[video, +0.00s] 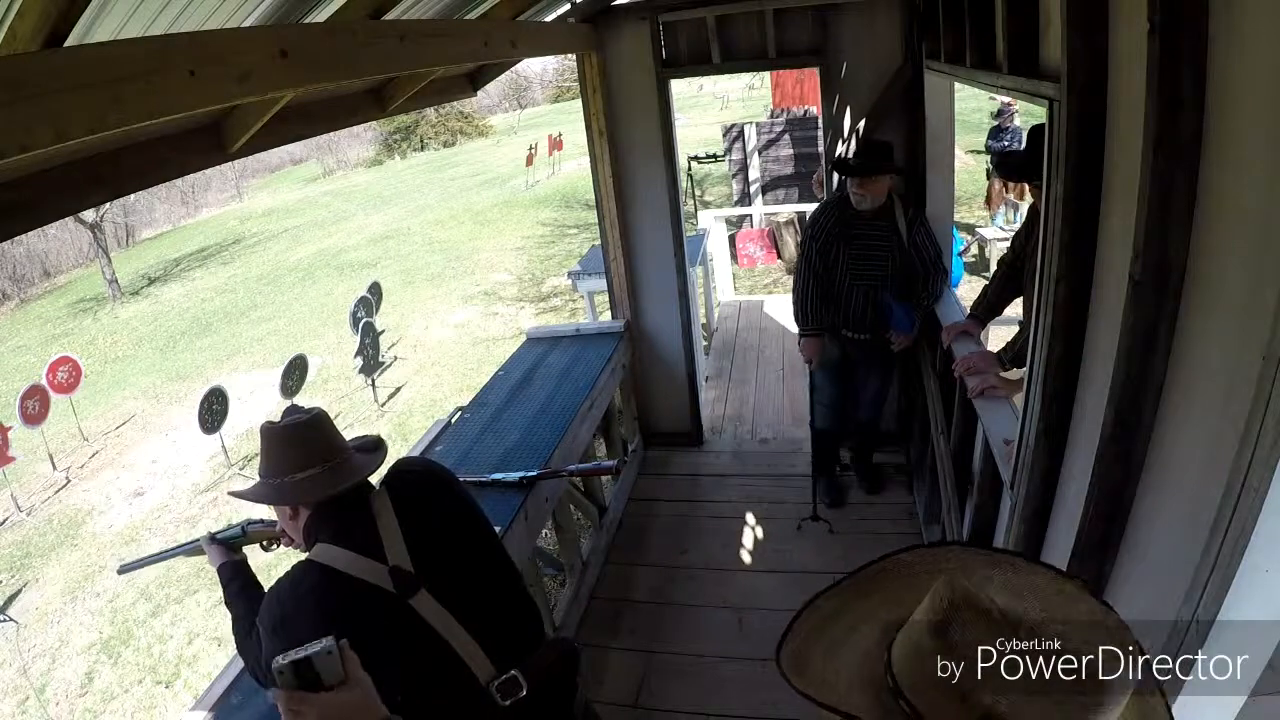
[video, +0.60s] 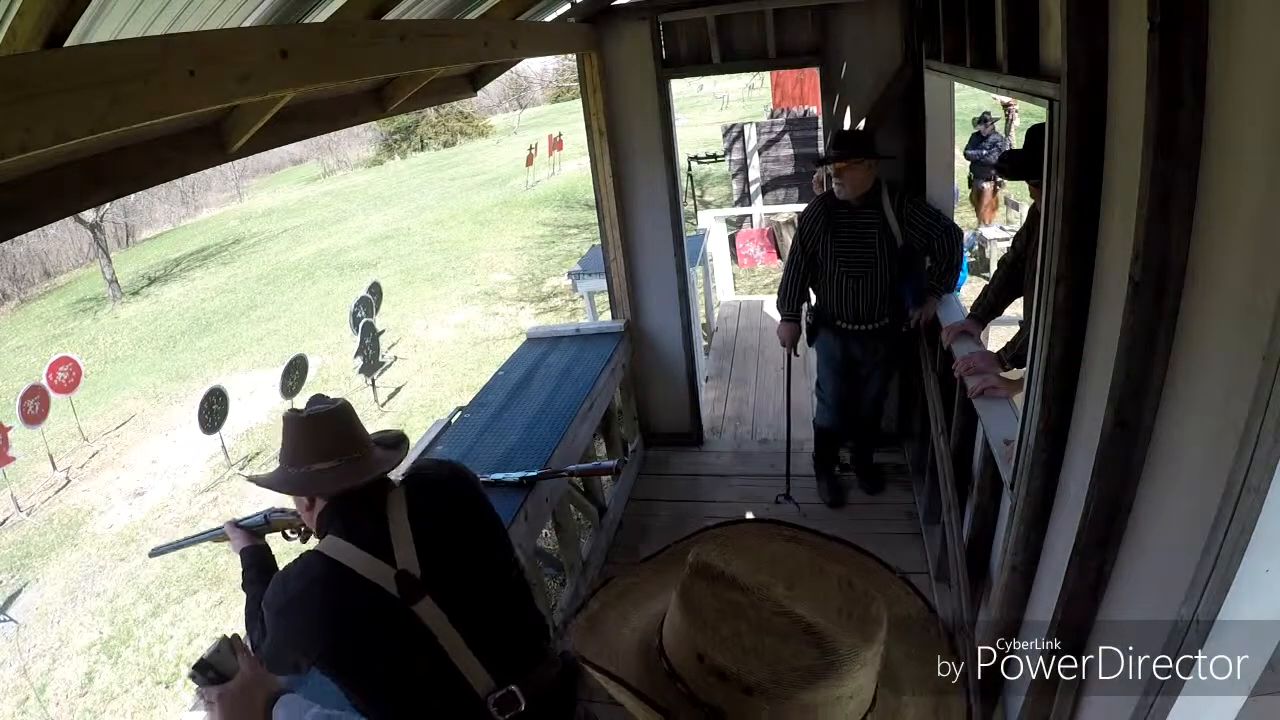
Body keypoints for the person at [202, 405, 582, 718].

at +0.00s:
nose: (278, 516)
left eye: (275, 507)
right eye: (272, 508)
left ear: (295, 512)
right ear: (356, 471)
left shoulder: (295, 605)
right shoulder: (427, 480)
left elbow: (268, 668)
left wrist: (228, 568)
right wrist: (313, 538)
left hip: (446, 719)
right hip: (544, 678)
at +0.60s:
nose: (294, 504)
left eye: (293, 494)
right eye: (291, 494)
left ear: (309, 500)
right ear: (377, 464)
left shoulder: (300, 593)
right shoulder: (452, 483)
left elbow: (273, 654)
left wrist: (250, 553)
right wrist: (331, 524)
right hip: (549, 686)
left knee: (283, 702)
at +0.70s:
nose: (305, 498)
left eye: (304, 488)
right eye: (303, 488)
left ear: (321, 494)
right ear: (390, 455)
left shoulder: (308, 589)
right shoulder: (464, 474)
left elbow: (279, 650)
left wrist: (257, 554)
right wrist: (344, 522)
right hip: (550, 684)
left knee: (284, 700)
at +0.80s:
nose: (326, 480)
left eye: (327, 470)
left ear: (338, 478)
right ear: (412, 448)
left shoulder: (325, 580)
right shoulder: (481, 475)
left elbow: (287, 632)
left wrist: (265, 540)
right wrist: (358, 519)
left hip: (438, 716)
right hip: (557, 691)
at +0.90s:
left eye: (358, 460)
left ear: (365, 467)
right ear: (448, 442)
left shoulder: (346, 573)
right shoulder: (517, 491)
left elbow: (316, 593)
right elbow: (559, 588)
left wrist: (291, 503)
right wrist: (387, 520)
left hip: (449, 716)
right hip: (568, 696)